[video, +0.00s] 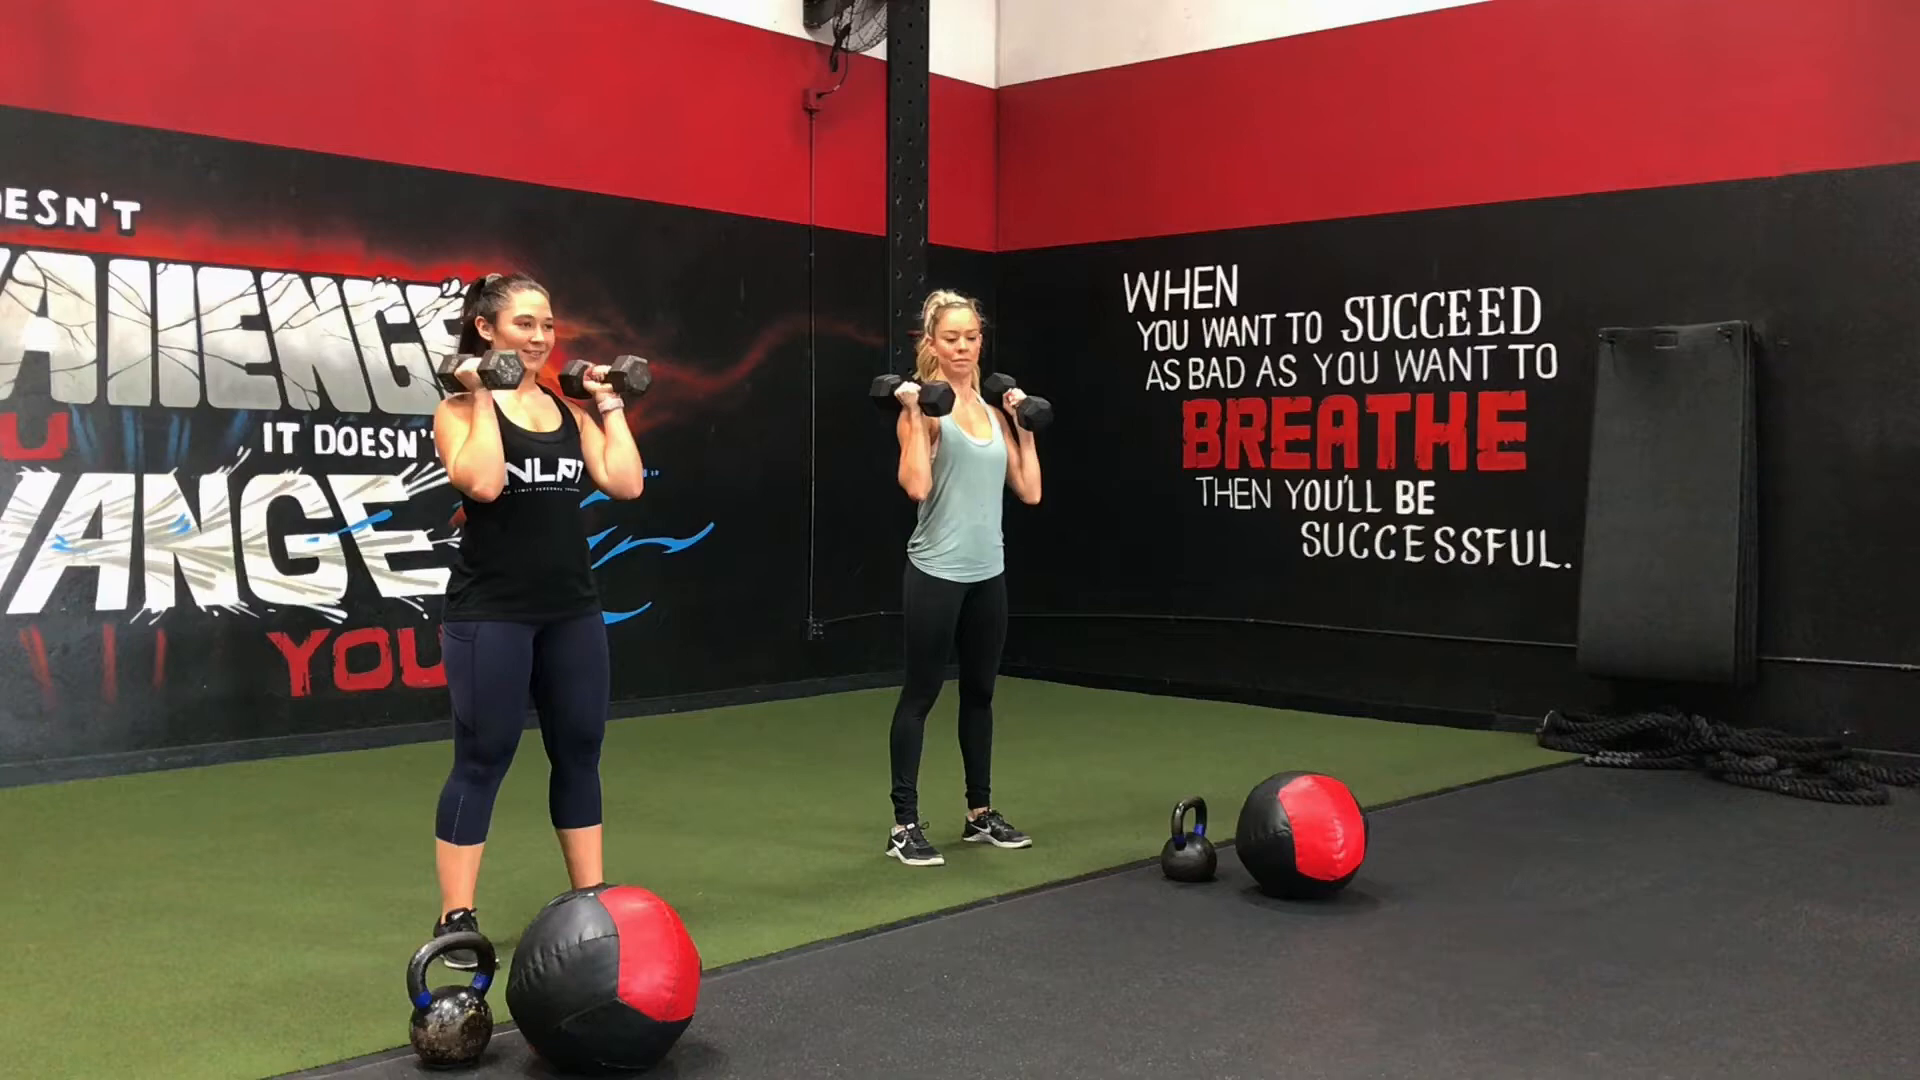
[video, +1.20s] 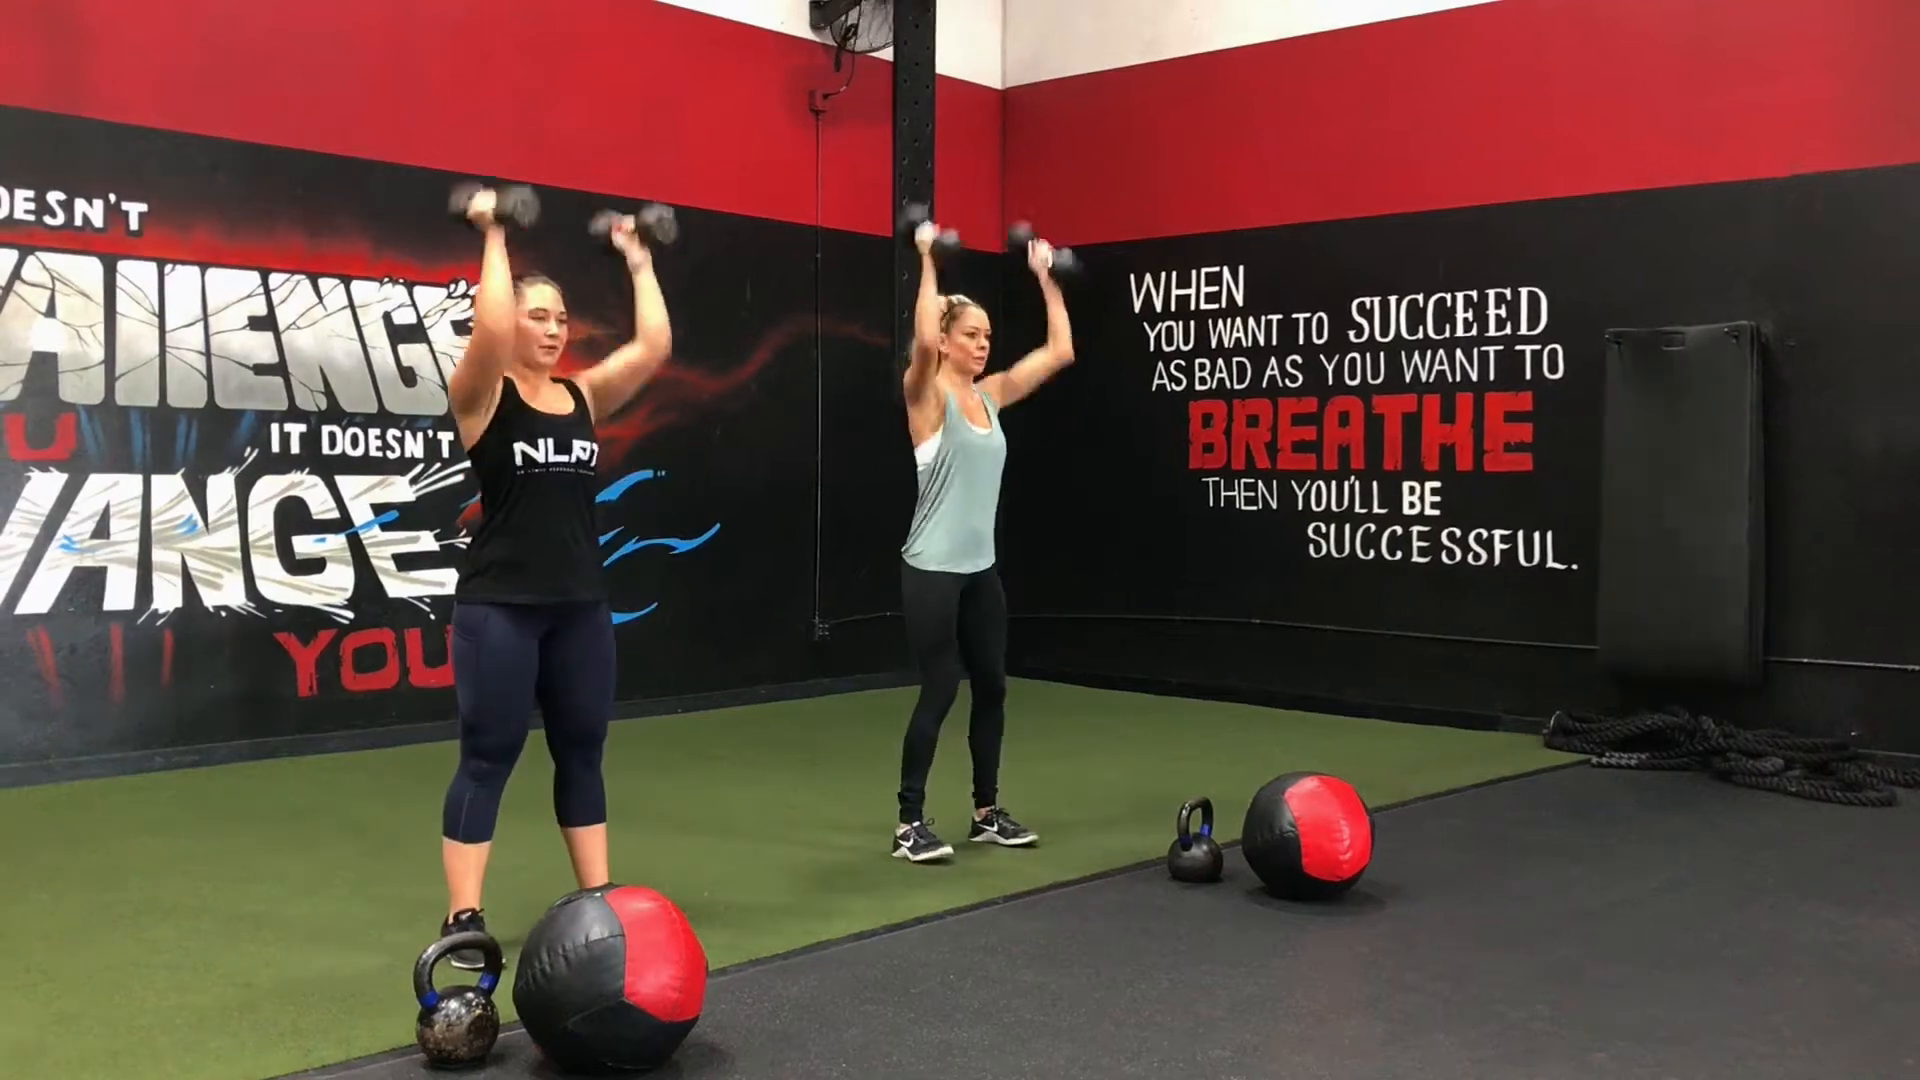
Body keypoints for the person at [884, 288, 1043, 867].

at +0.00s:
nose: (964, 348)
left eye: (972, 338)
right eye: (952, 338)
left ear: (982, 342)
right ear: (930, 343)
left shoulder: (995, 413)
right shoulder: (919, 410)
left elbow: (1030, 493)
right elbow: (916, 486)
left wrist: (1023, 428)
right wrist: (914, 415)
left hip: (987, 572)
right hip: (936, 571)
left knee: (979, 691)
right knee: (920, 692)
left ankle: (979, 815)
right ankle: (906, 824)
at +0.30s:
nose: (1005, 391)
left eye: (1009, 381)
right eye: (994, 380)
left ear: (1013, 383)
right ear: (962, 380)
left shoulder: (1010, 444)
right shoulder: (936, 439)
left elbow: (1049, 523)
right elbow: (933, 523)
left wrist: (1042, 455)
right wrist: (935, 455)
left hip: (972, 596)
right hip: (919, 593)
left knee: (1014, 696)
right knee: (952, 700)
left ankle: (987, 815)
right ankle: (912, 826)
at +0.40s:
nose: (1018, 463)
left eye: (1023, 454)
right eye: (1009, 452)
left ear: (1026, 455)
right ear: (978, 449)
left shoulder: (1013, 508)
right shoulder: (943, 504)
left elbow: (1054, 589)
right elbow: (940, 592)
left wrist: (1052, 520)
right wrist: (946, 517)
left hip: (954, 637)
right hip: (900, 637)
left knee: (1030, 706)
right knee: (956, 714)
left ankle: (989, 816)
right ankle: (913, 829)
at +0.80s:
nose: (1014, 430)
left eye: (1016, 420)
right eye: (1003, 420)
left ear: (1016, 427)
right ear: (970, 427)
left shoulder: (1012, 490)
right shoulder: (944, 484)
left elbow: (1069, 556)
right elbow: (935, 563)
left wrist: (1056, 490)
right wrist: (938, 483)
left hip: (956, 628)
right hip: (902, 627)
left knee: (1031, 706)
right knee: (950, 715)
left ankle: (989, 815)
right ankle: (914, 830)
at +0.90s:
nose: (997, 364)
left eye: (998, 355)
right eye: (988, 355)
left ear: (992, 361)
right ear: (959, 361)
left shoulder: (998, 419)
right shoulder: (931, 414)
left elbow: (1078, 434)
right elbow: (929, 437)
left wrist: (1056, 374)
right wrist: (930, 354)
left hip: (972, 585)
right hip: (920, 584)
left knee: (1009, 693)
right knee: (944, 699)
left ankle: (988, 815)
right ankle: (913, 827)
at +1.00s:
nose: (987, 345)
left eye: (989, 336)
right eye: (977, 335)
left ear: (986, 343)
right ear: (943, 339)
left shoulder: (992, 391)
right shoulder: (925, 392)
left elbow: (1057, 341)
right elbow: (923, 328)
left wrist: (1046, 264)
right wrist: (930, 247)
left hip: (984, 568)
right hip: (930, 568)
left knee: (986, 690)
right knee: (933, 692)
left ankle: (987, 815)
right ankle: (913, 825)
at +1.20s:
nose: (984, 344)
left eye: (987, 336)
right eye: (973, 335)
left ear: (986, 345)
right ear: (943, 341)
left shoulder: (991, 392)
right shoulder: (927, 393)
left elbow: (1060, 351)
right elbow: (926, 341)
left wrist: (1048, 280)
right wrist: (928, 265)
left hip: (982, 569)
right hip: (930, 569)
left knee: (991, 687)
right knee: (941, 687)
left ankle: (986, 813)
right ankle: (910, 823)